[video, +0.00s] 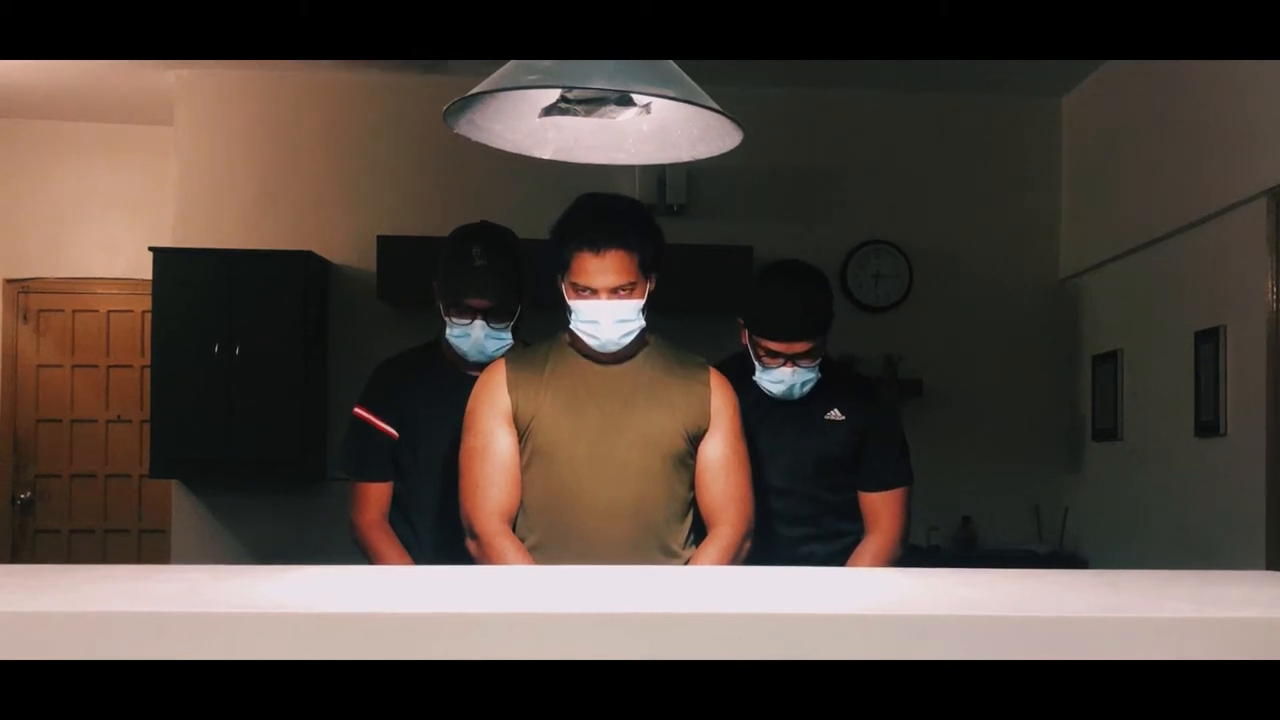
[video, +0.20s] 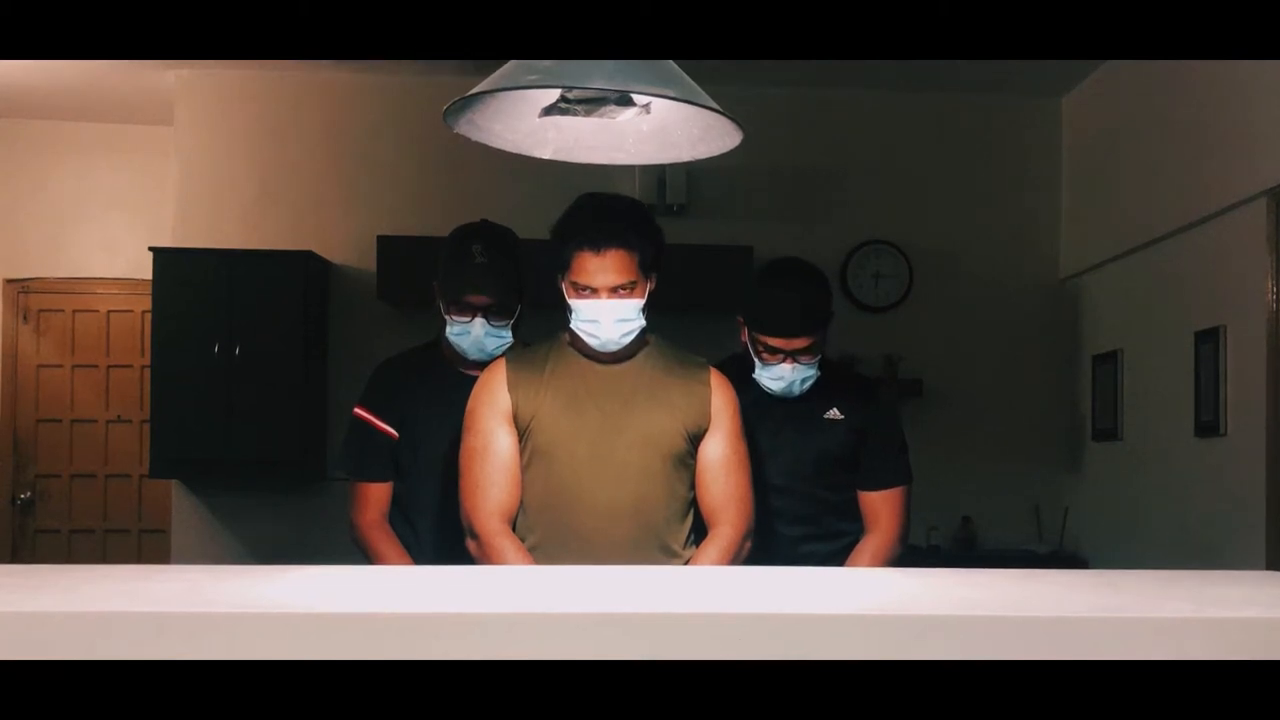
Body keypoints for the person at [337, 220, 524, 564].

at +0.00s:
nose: (479, 332)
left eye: (497, 314)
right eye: (462, 312)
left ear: (518, 308)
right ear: (439, 302)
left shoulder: (534, 382)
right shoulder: (397, 381)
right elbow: (369, 521)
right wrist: (421, 596)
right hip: (423, 585)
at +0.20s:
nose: (479, 329)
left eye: (497, 312)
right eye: (463, 310)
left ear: (518, 307)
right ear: (440, 301)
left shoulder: (533, 383)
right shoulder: (397, 381)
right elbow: (369, 521)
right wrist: (421, 596)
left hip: (510, 588)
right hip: (423, 586)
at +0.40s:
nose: (479, 326)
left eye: (497, 310)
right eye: (462, 309)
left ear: (518, 307)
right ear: (440, 301)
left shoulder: (535, 383)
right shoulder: (398, 381)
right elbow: (368, 520)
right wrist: (421, 596)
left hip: (510, 589)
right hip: (424, 587)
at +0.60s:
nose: (478, 324)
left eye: (496, 308)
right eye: (462, 306)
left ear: (517, 306)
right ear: (440, 299)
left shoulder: (535, 383)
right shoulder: (398, 381)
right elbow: (368, 520)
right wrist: (421, 597)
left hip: (511, 590)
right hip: (424, 589)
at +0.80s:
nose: (478, 324)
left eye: (497, 308)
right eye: (462, 305)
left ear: (517, 305)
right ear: (440, 299)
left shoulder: (534, 383)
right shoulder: (398, 382)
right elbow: (368, 521)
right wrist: (421, 597)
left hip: (511, 590)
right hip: (425, 589)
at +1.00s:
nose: (478, 322)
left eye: (497, 305)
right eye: (462, 303)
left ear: (517, 305)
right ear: (440, 298)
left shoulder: (535, 385)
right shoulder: (398, 382)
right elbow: (369, 521)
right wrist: (422, 598)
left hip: (511, 591)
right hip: (425, 589)